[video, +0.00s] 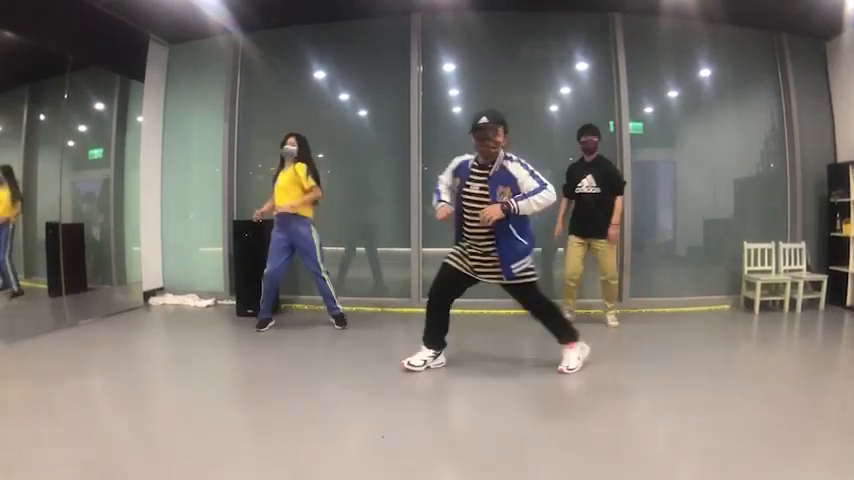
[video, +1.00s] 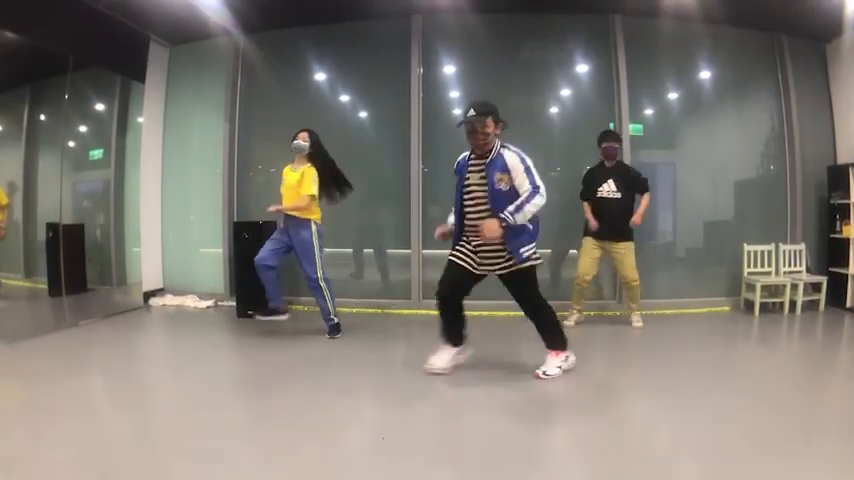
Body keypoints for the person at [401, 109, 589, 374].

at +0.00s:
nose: (489, 143)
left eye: (495, 137)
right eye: (483, 137)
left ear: (504, 138)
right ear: (473, 139)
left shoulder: (514, 167)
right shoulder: (461, 165)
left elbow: (547, 193)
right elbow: (442, 184)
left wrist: (507, 206)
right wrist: (442, 202)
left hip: (506, 257)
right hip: (468, 253)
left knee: (534, 302)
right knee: (439, 294)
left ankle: (573, 344)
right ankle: (433, 350)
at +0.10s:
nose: (481, 141)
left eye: (486, 135)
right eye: (474, 135)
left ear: (496, 130)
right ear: (465, 133)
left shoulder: (512, 156)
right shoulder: (452, 155)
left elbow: (534, 189)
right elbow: (436, 183)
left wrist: (509, 215)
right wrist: (436, 211)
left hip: (493, 244)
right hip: (455, 243)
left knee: (498, 296)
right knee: (435, 296)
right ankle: (431, 349)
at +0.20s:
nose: (477, 135)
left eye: (482, 128)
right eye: (470, 130)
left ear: (492, 124)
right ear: (461, 127)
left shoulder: (507, 154)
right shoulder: (448, 154)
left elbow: (514, 191)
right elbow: (442, 195)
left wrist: (512, 227)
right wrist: (437, 233)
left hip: (487, 236)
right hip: (452, 235)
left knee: (479, 294)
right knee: (437, 294)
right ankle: (429, 348)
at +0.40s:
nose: (476, 133)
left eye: (481, 127)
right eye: (470, 128)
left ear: (490, 124)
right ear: (460, 126)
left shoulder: (503, 156)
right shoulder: (446, 157)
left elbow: (510, 194)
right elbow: (436, 196)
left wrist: (514, 228)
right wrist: (443, 227)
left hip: (491, 242)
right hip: (454, 242)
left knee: (501, 295)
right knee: (433, 296)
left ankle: (489, 345)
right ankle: (417, 349)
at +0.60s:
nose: (485, 148)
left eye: (490, 142)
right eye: (479, 142)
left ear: (500, 137)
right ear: (470, 140)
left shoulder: (518, 159)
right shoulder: (455, 166)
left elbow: (544, 174)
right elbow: (427, 193)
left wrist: (543, 203)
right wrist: (444, 222)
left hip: (510, 250)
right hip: (472, 251)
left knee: (529, 302)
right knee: (454, 304)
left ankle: (528, 352)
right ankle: (419, 343)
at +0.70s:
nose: (483, 138)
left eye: (488, 132)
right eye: (477, 132)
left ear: (500, 128)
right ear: (468, 130)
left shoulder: (517, 152)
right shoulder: (456, 158)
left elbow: (541, 178)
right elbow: (448, 195)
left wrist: (543, 217)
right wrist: (447, 234)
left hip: (514, 234)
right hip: (475, 237)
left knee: (528, 294)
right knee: (474, 294)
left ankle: (529, 350)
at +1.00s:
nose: (477, 137)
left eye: (483, 131)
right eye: (472, 132)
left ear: (496, 128)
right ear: (465, 132)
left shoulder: (512, 158)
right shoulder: (463, 162)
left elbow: (537, 195)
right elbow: (463, 203)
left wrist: (503, 220)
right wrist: (451, 225)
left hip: (509, 248)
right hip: (471, 247)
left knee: (530, 300)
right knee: (447, 292)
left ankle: (560, 352)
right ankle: (455, 345)